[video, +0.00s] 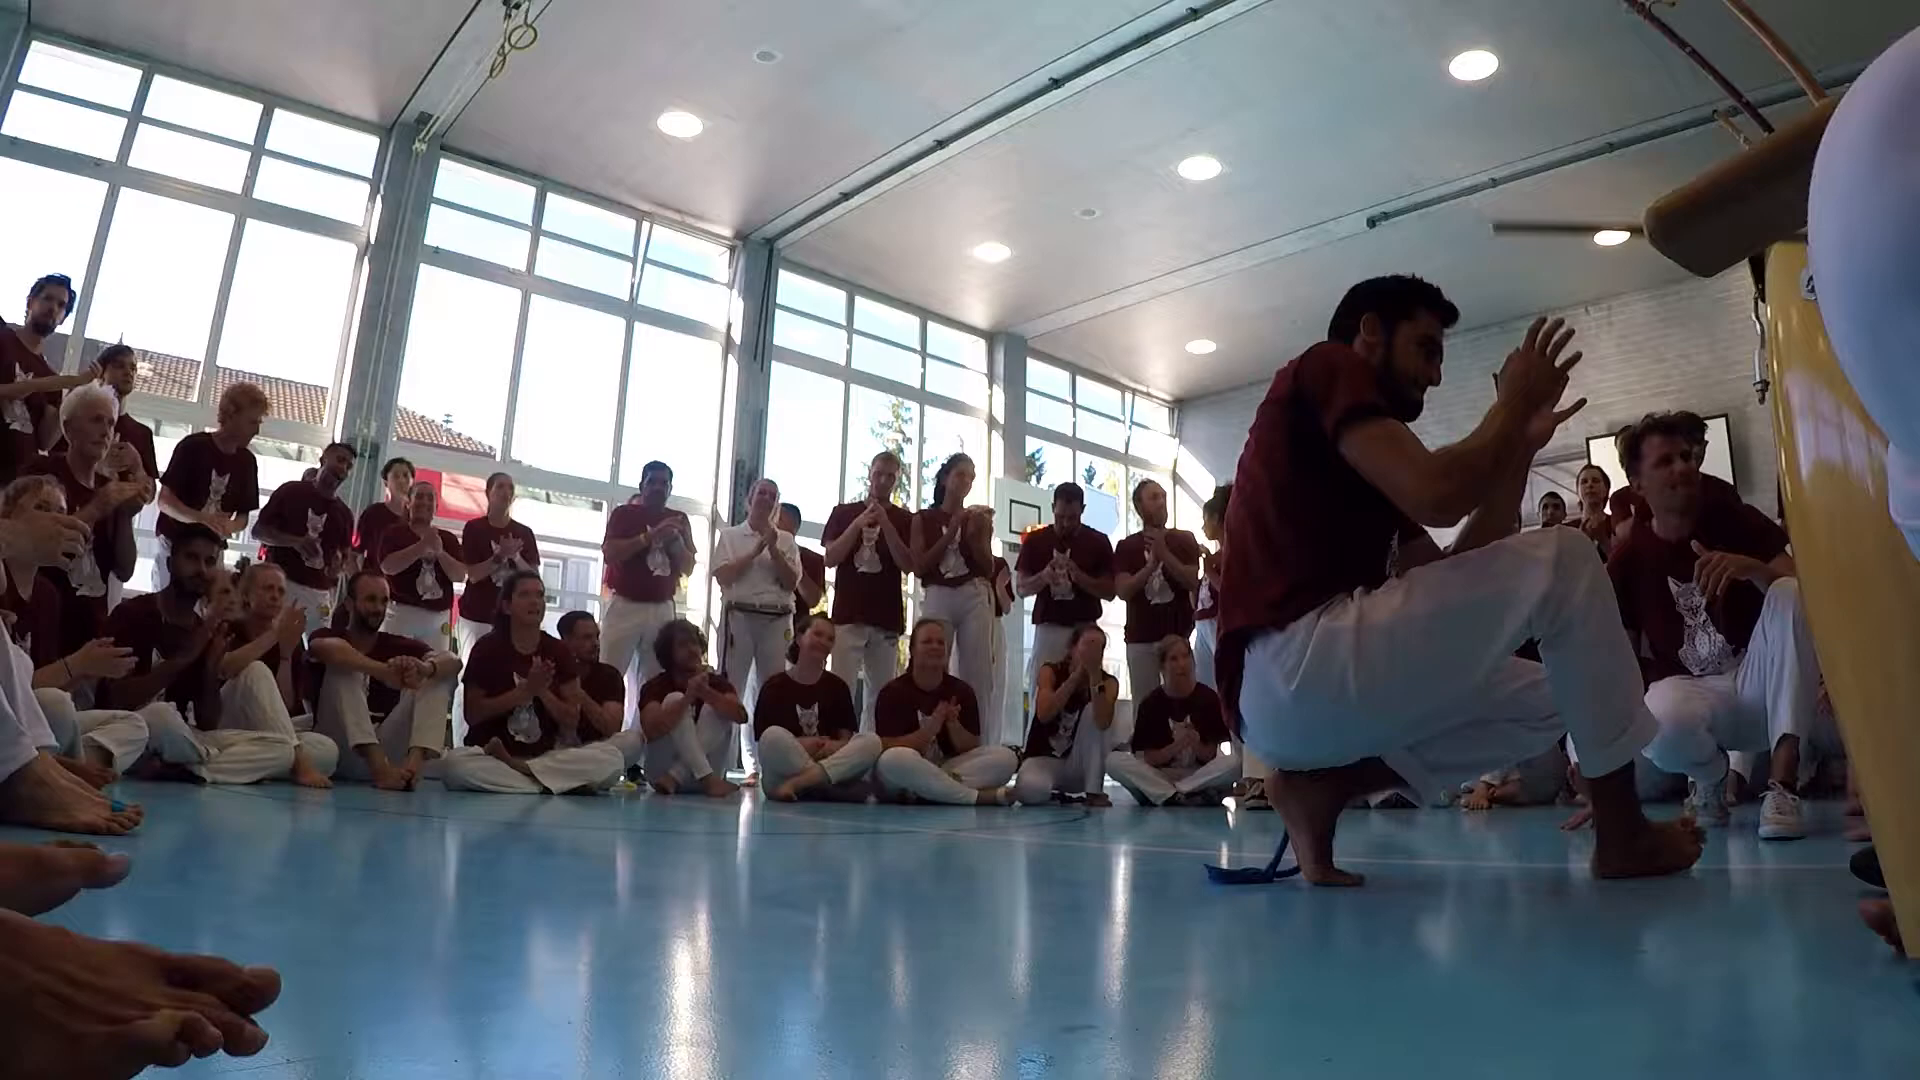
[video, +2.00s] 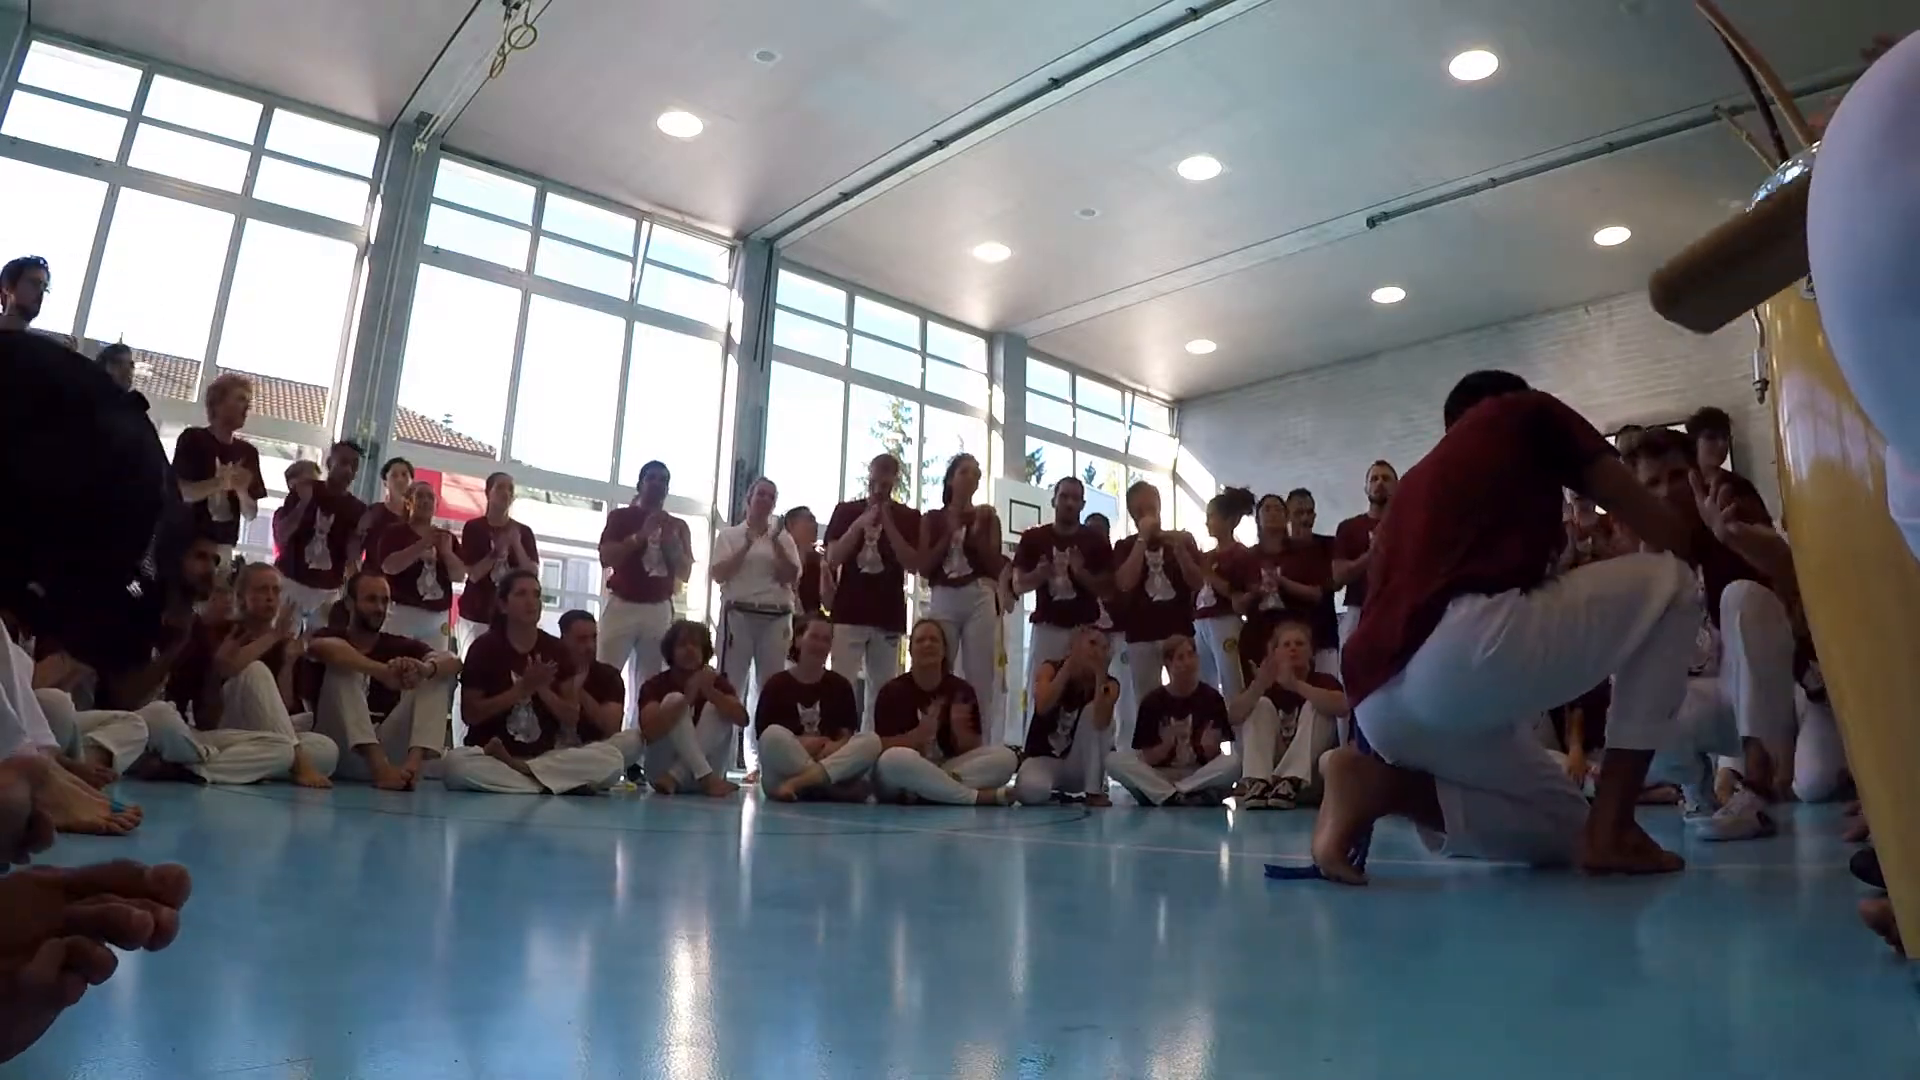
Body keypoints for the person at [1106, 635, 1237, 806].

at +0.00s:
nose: (1181, 664)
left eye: (1185, 657)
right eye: (1174, 659)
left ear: (1192, 660)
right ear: (1162, 666)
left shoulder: (1209, 697)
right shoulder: (1150, 704)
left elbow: (1211, 754)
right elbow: (1149, 759)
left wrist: (1196, 744)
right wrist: (1177, 746)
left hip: (1199, 772)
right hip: (1161, 773)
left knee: (1234, 762)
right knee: (1114, 760)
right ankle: (1172, 795)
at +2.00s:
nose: (1187, 662)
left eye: (1191, 655)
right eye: (1180, 657)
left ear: (1198, 659)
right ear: (1168, 664)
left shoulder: (1212, 697)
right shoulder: (1152, 700)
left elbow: (1214, 755)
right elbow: (1147, 758)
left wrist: (1208, 748)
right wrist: (1167, 745)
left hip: (1199, 772)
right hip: (1160, 773)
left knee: (1232, 762)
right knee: (1114, 759)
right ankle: (1172, 795)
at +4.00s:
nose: (1183, 665)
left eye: (1186, 659)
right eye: (1178, 659)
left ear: (1193, 664)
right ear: (1166, 665)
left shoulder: (1206, 698)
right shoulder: (1153, 701)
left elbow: (1212, 755)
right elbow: (1147, 758)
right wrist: (1168, 742)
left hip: (1199, 772)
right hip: (1161, 774)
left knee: (1235, 761)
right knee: (1114, 759)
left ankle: (1170, 794)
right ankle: (1173, 797)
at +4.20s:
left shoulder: (1210, 700)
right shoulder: (1156, 701)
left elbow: (1213, 757)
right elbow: (1149, 757)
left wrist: (1192, 737)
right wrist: (1178, 740)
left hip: (1198, 773)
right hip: (1158, 772)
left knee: (1233, 765)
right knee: (1115, 759)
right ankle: (1173, 796)